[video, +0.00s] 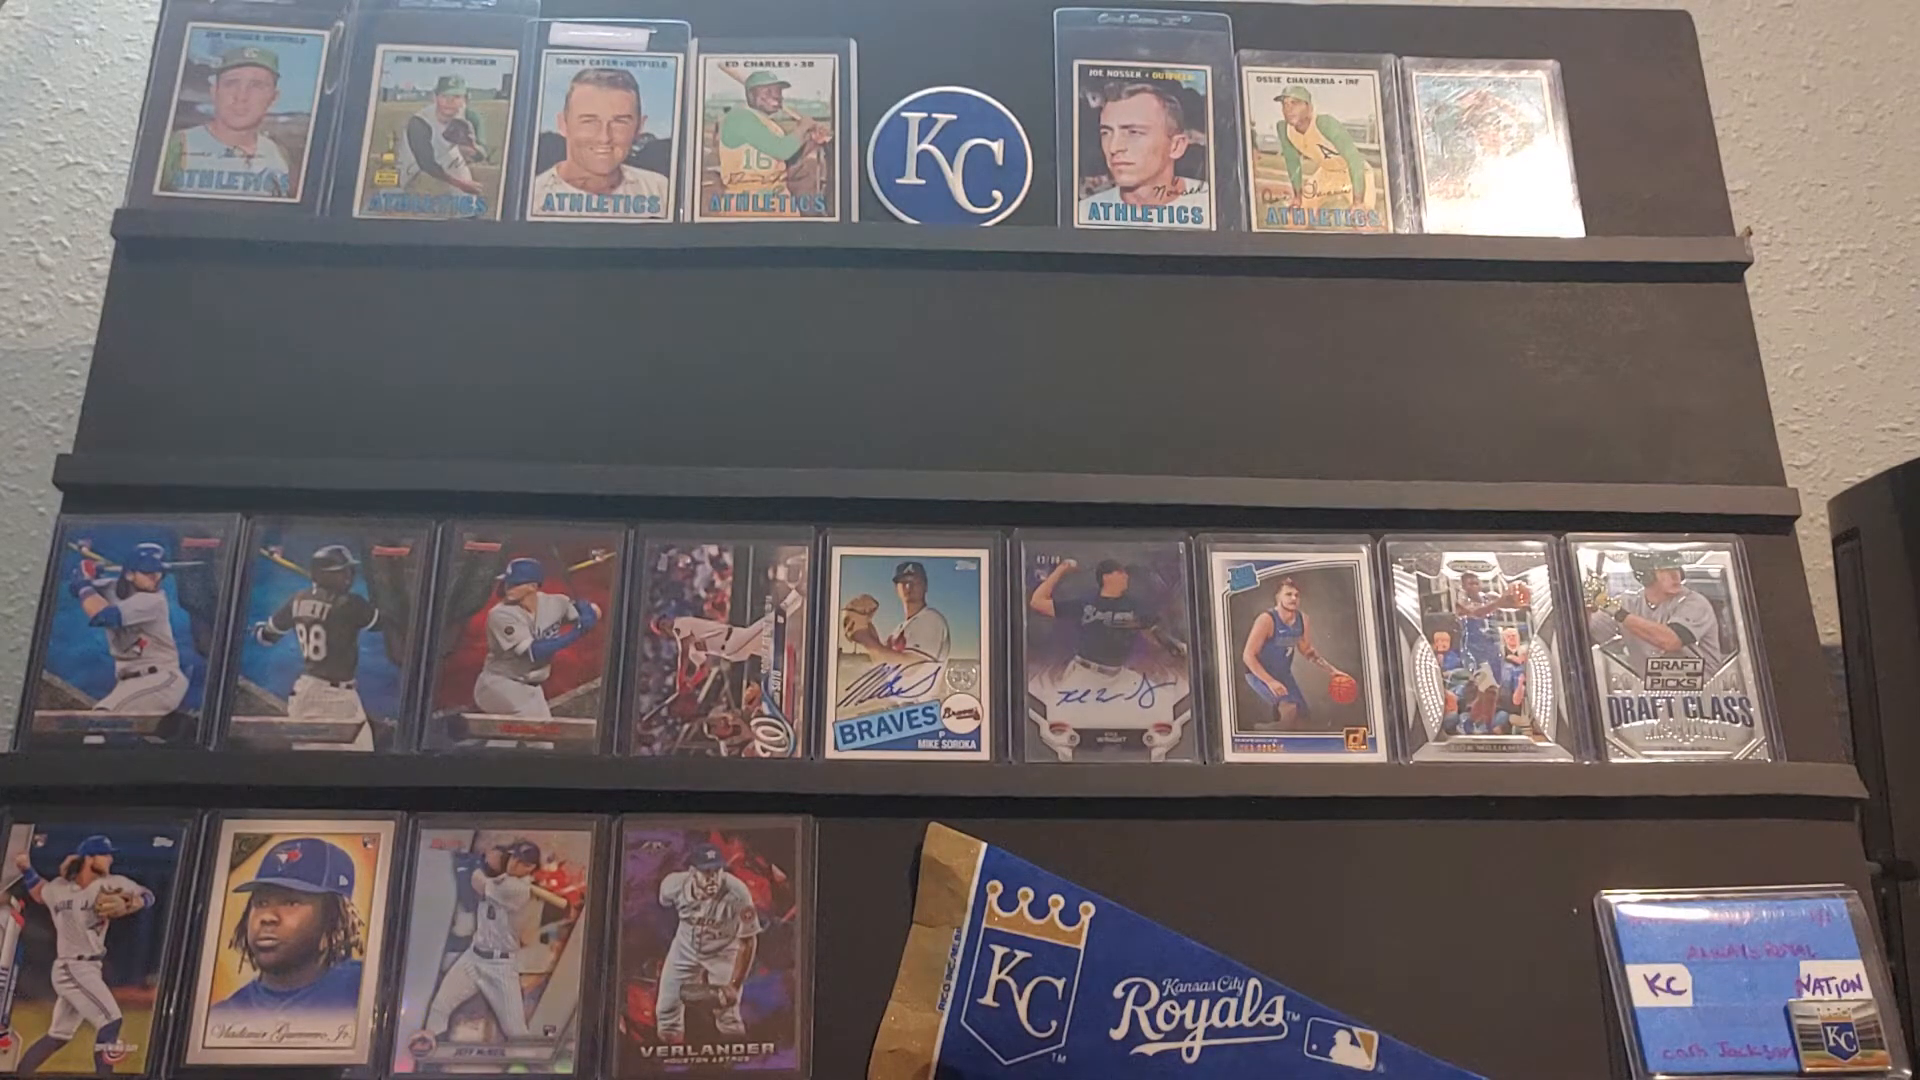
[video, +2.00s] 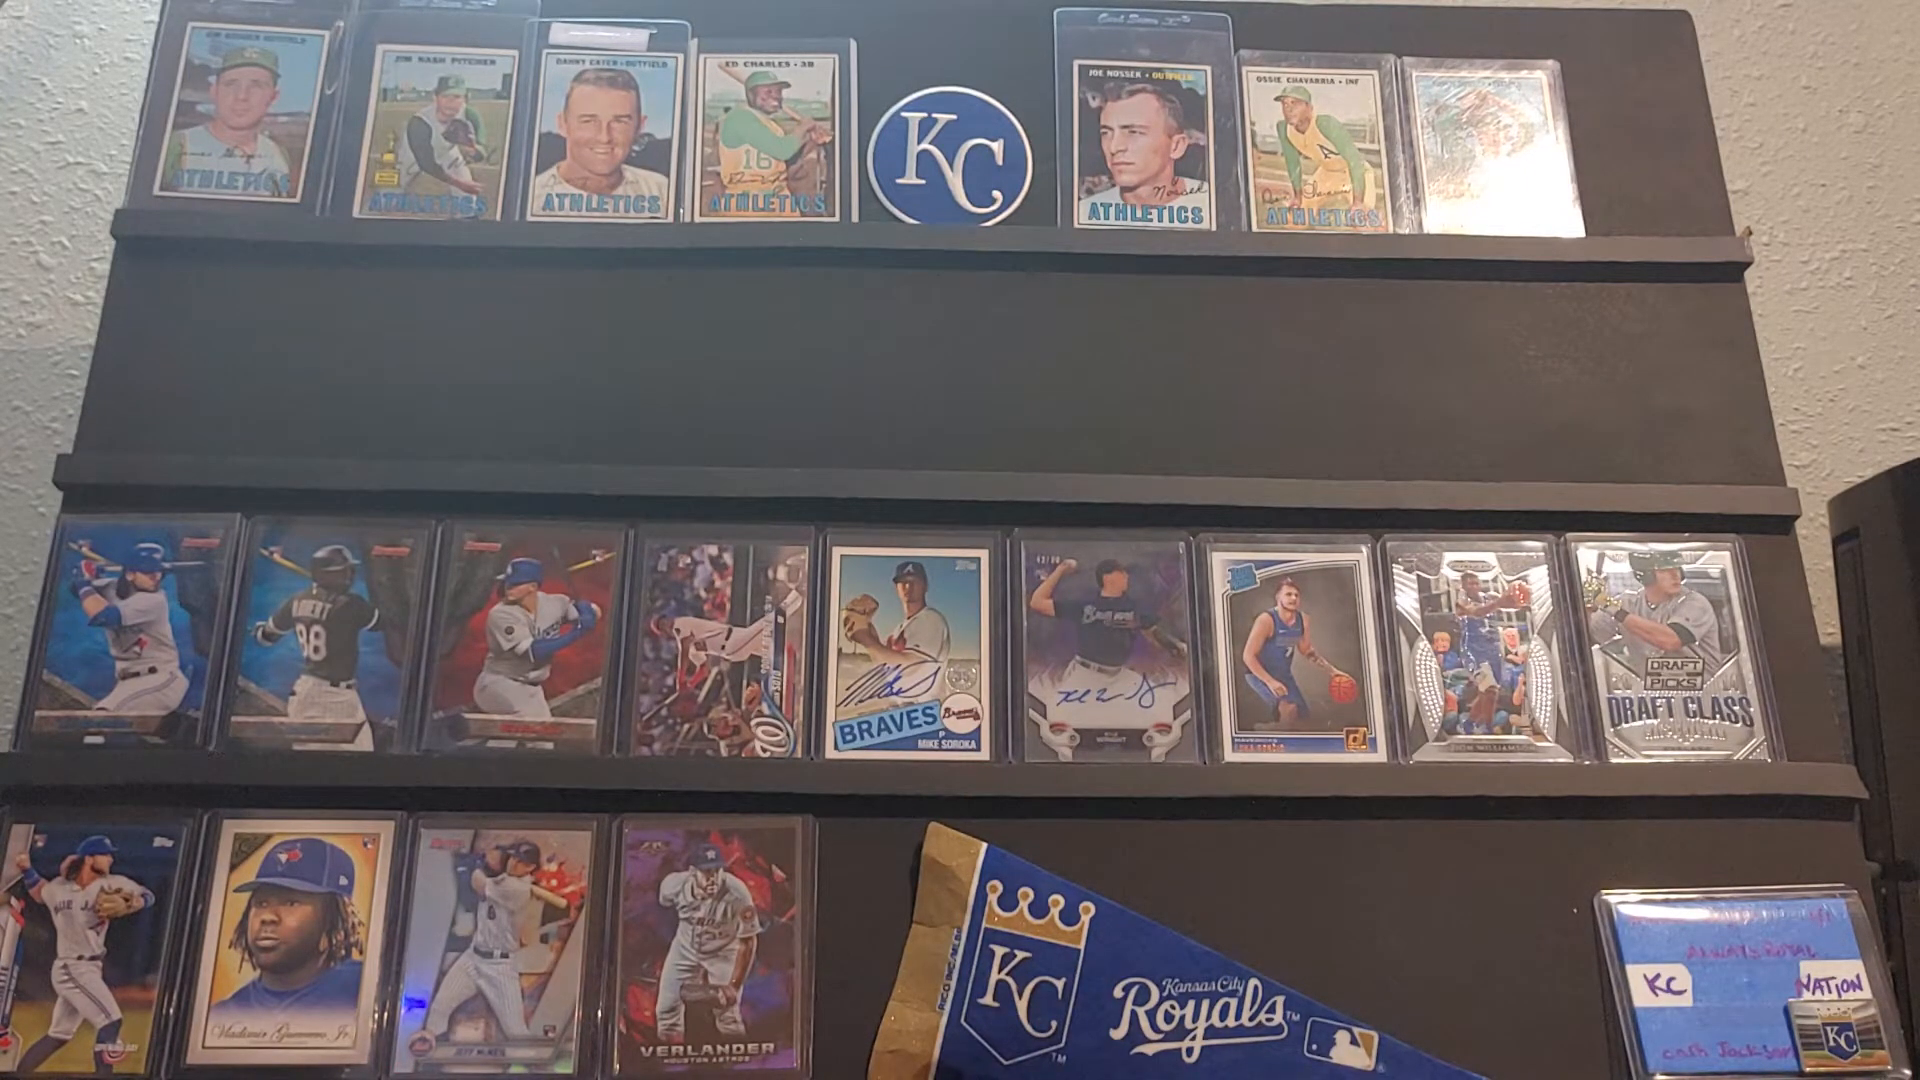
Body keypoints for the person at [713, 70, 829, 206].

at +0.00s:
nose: (777, 98)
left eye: (778, 92)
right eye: (769, 92)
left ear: (782, 93)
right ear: (752, 95)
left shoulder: (773, 126)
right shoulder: (739, 119)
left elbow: (785, 166)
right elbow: (783, 151)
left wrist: (811, 144)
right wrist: (803, 128)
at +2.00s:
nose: (776, 97)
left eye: (778, 92)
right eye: (769, 92)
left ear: (782, 93)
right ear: (752, 94)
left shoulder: (773, 126)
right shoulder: (739, 118)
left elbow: (785, 168)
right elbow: (783, 151)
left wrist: (811, 143)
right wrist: (803, 128)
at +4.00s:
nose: (776, 97)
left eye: (779, 92)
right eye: (769, 92)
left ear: (782, 94)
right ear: (751, 95)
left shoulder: (775, 128)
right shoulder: (738, 118)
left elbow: (783, 168)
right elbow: (782, 151)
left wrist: (811, 143)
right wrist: (802, 129)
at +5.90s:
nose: (776, 97)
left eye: (779, 92)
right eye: (769, 92)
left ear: (782, 93)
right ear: (751, 95)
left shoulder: (773, 126)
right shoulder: (738, 119)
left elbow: (785, 166)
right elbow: (783, 151)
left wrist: (811, 143)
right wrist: (802, 127)